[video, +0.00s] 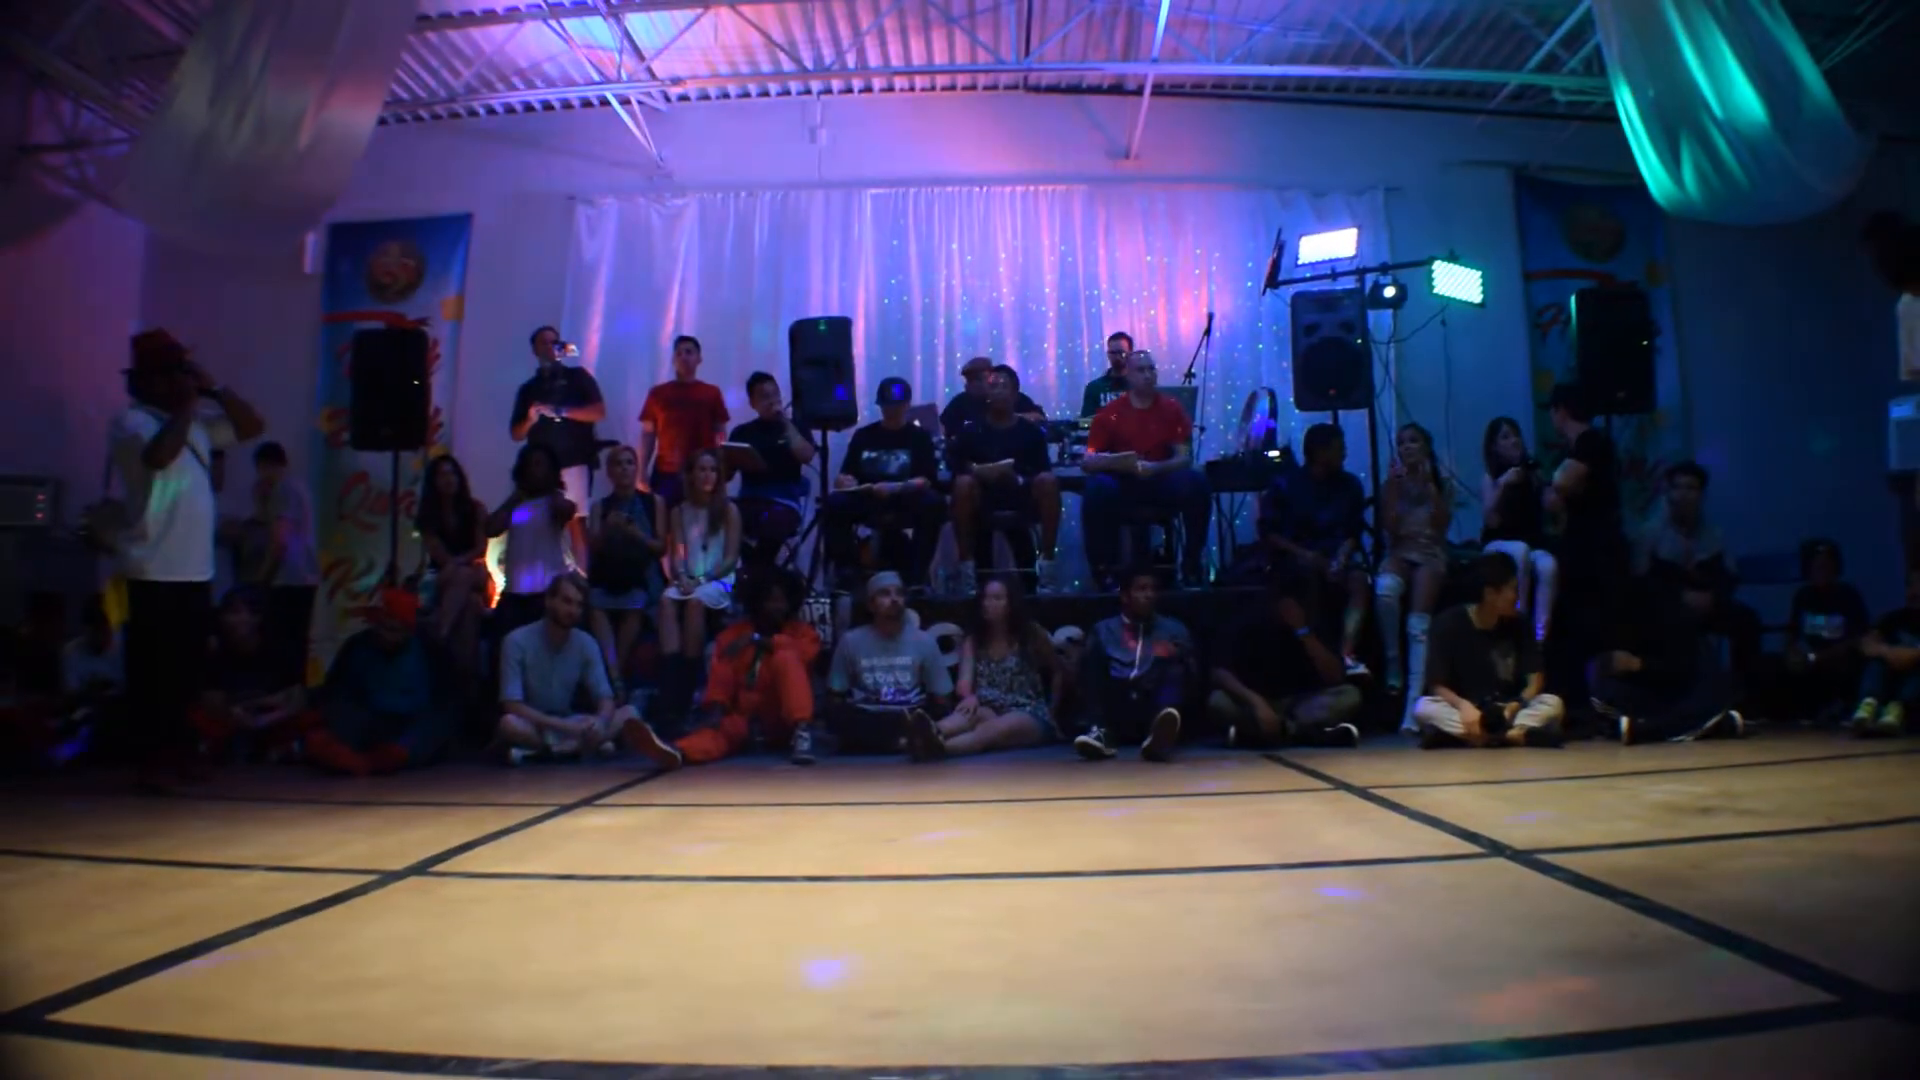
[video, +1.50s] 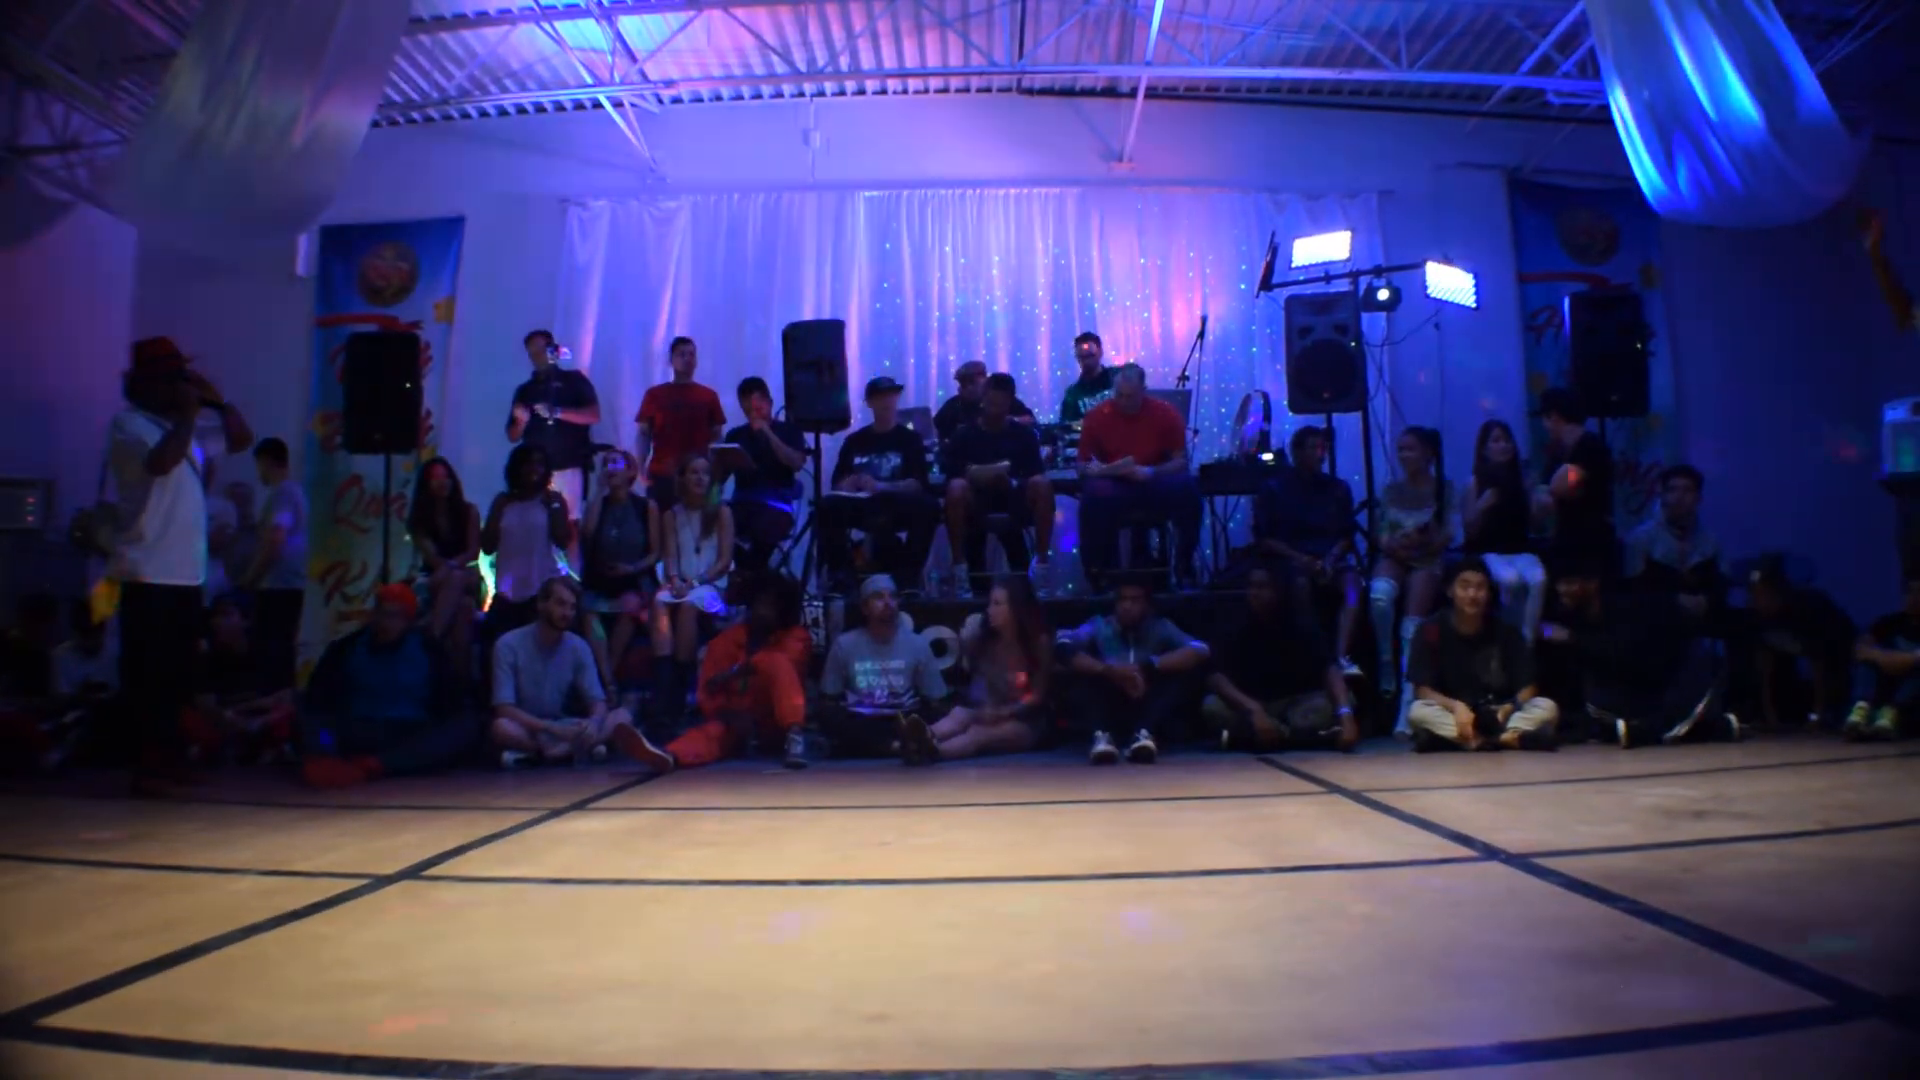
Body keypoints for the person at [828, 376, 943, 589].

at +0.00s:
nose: (893, 412)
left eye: (898, 406)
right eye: (888, 406)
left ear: (907, 405)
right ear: (880, 406)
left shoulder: (919, 437)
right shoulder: (863, 436)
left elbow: (927, 479)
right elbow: (843, 479)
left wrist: (895, 488)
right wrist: (865, 489)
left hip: (906, 498)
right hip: (868, 497)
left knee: (933, 505)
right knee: (835, 505)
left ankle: (916, 576)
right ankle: (846, 574)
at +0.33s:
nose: (888, 412)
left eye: (894, 405)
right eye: (883, 405)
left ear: (904, 406)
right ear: (876, 406)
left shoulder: (917, 439)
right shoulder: (860, 438)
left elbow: (925, 481)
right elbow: (844, 479)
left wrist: (894, 489)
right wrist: (842, 486)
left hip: (902, 500)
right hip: (864, 499)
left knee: (931, 507)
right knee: (831, 508)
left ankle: (912, 578)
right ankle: (845, 577)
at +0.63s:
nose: (881, 412)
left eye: (887, 405)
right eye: (876, 406)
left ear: (897, 406)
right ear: (869, 407)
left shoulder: (912, 439)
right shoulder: (856, 440)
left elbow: (925, 481)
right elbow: (839, 480)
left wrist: (895, 487)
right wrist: (843, 484)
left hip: (900, 501)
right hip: (862, 501)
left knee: (929, 507)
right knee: (829, 507)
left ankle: (910, 577)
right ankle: (842, 578)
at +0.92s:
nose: (877, 406)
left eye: (882, 400)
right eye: (871, 401)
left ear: (892, 401)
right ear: (865, 405)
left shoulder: (909, 438)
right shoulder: (853, 442)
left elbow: (919, 481)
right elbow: (837, 485)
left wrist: (883, 487)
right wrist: (849, 486)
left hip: (897, 502)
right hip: (860, 502)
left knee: (928, 508)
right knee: (827, 507)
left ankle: (909, 579)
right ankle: (842, 578)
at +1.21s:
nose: (883, 404)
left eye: (887, 398)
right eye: (876, 399)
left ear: (894, 401)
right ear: (867, 404)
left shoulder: (909, 438)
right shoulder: (853, 442)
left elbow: (920, 481)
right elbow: (837, 484)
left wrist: (882, 488)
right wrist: (848, 486)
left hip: (897, 502)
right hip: (860, 502)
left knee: (927, 508)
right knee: (827, 507)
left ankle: (908, 579)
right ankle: (842, 578)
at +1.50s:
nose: (887, 403)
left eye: (891, 397)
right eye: (881, 398)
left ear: (897, 400)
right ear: (870, 403)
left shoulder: (910, 439)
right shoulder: (854, 441)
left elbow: (918, 483)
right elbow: (837, 485)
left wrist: (878, 486)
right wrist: (852, 484)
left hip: (897, 502)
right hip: (861, 503)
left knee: (928, 508)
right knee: (827, 507)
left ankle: (908, 579)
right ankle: (841, 578)